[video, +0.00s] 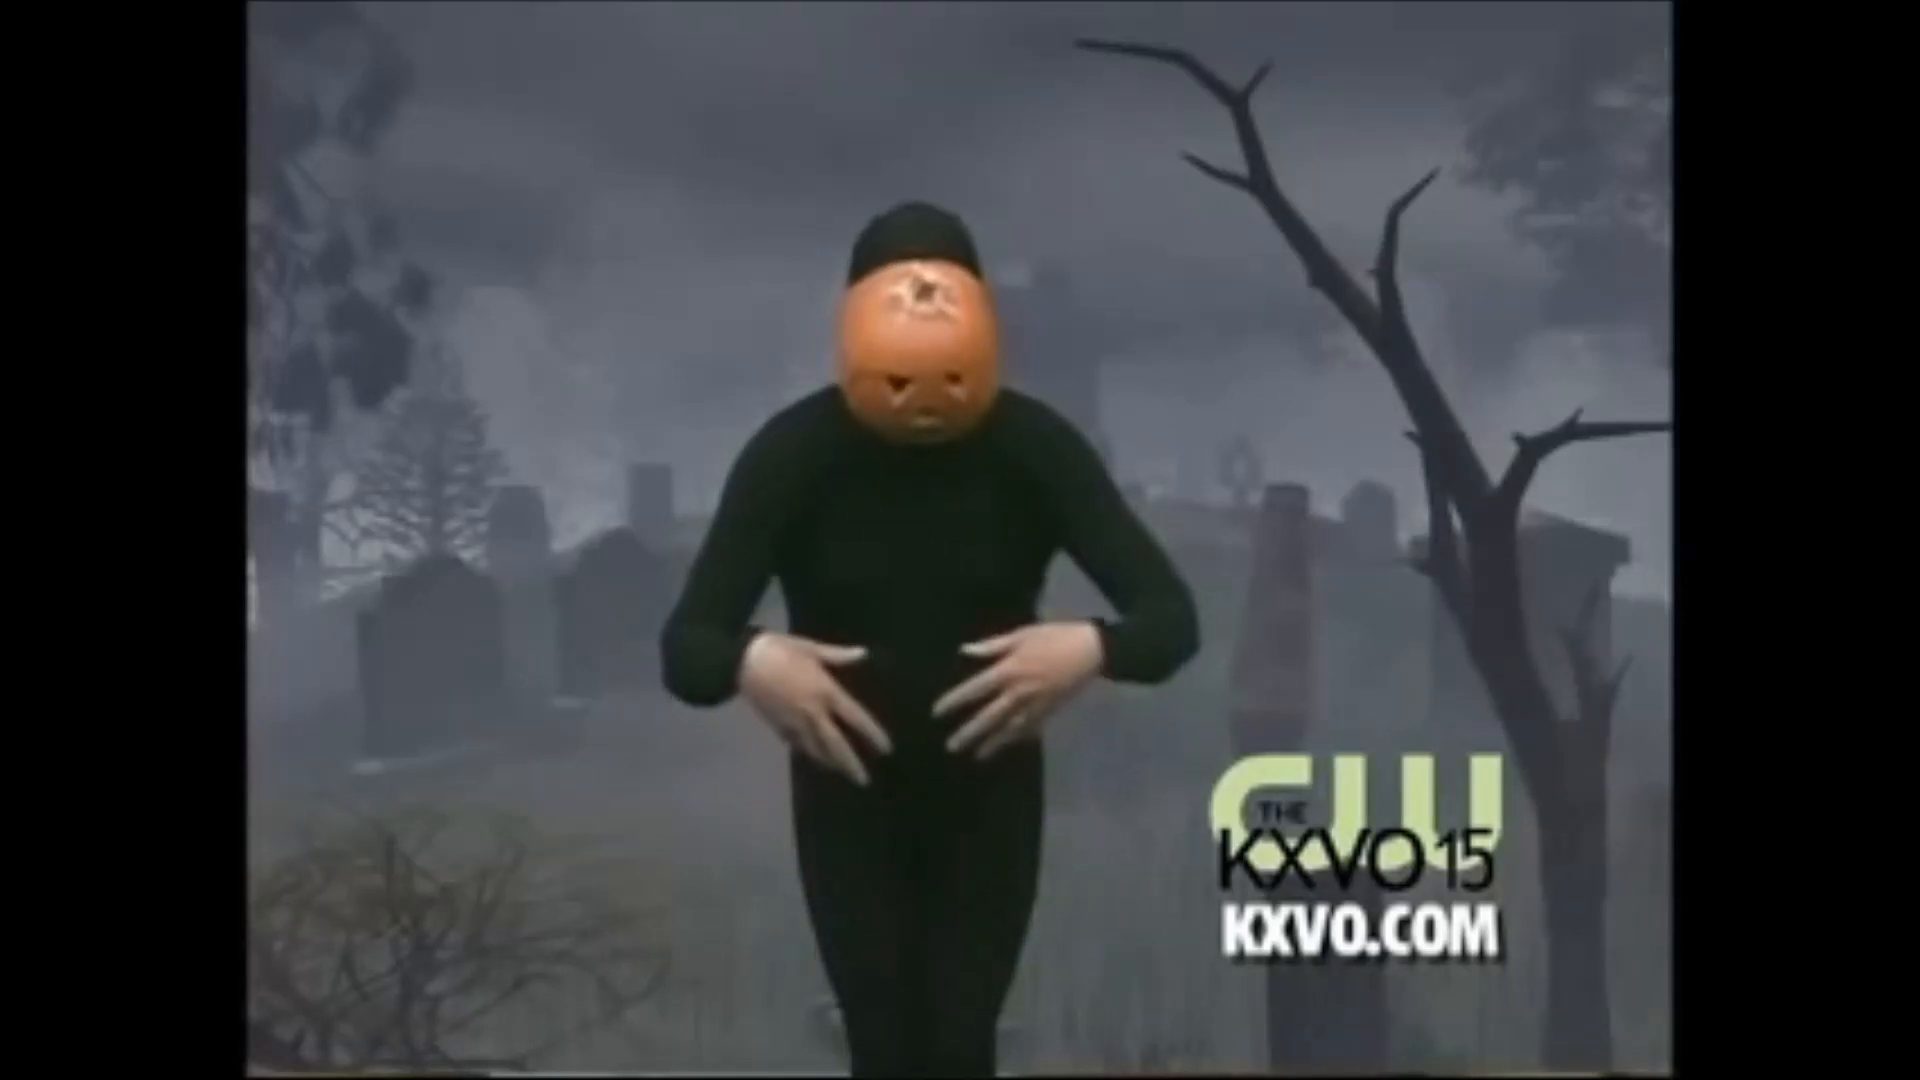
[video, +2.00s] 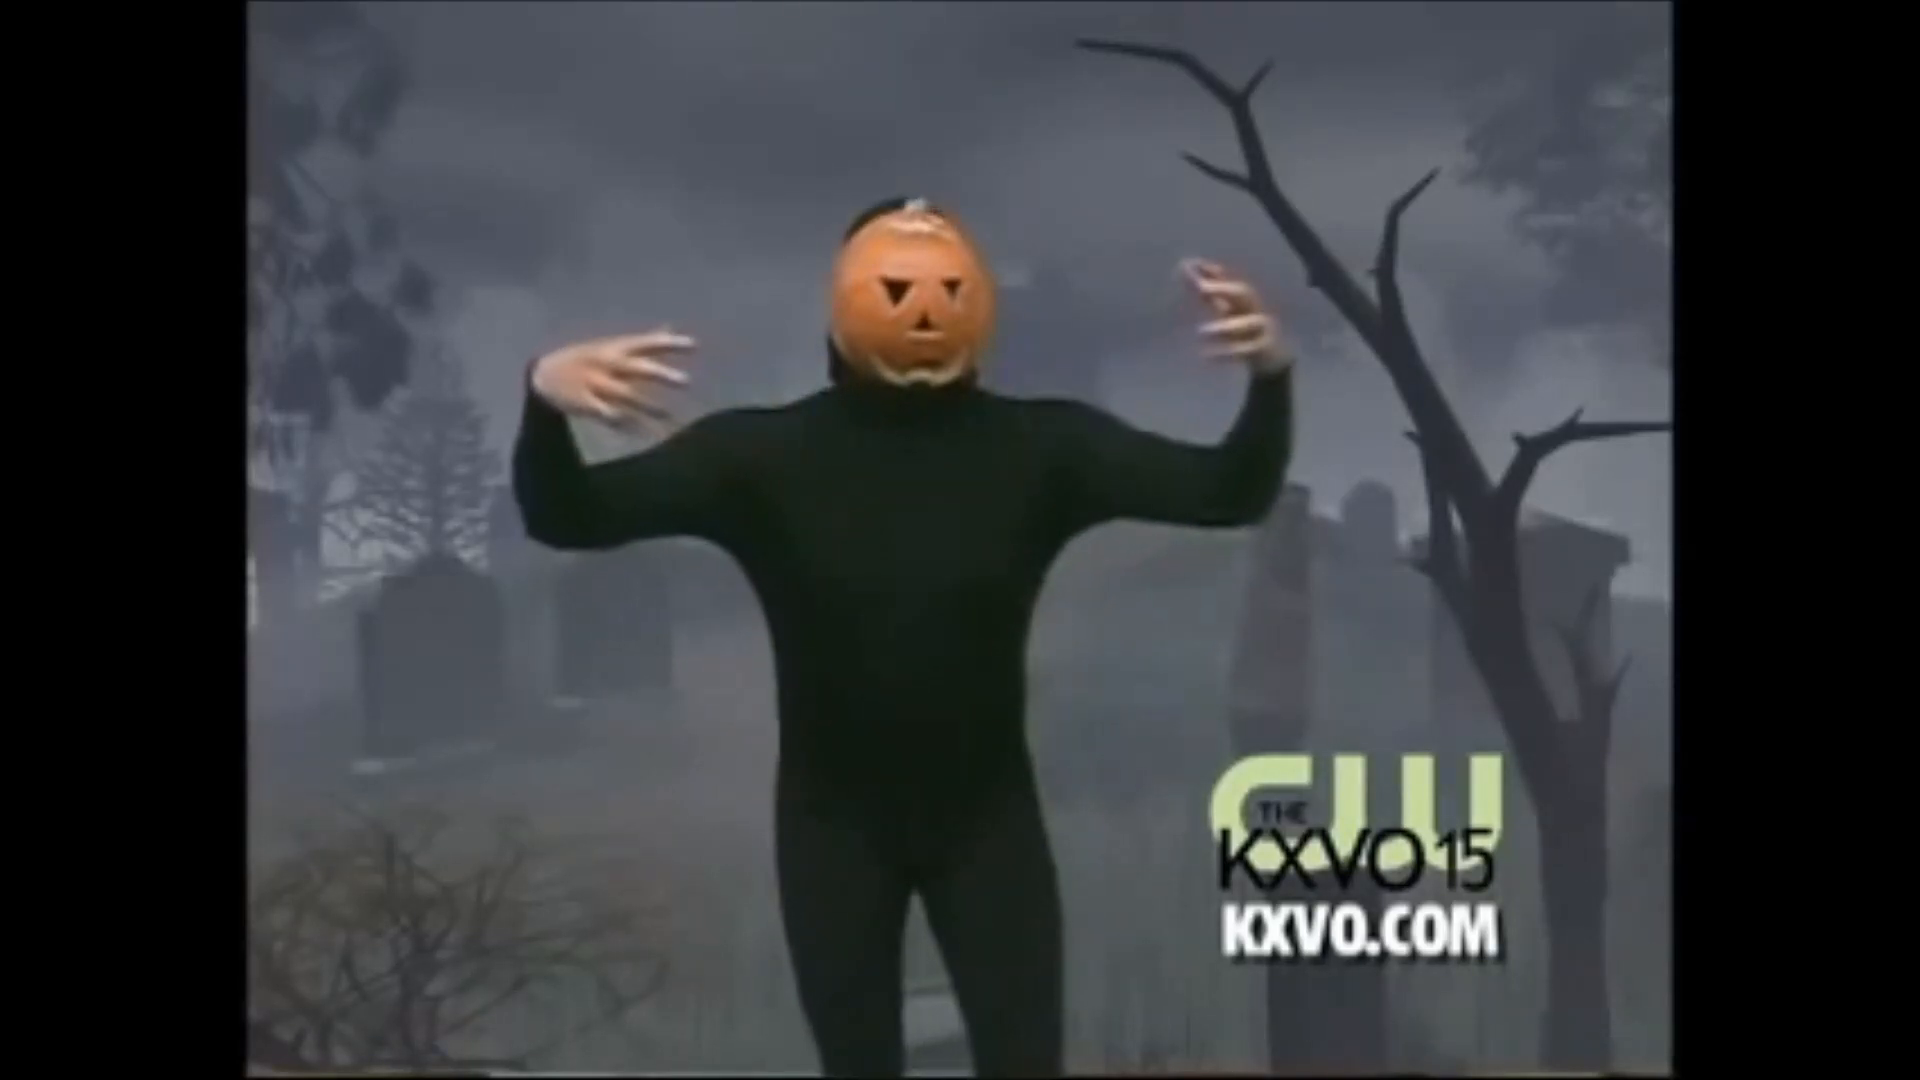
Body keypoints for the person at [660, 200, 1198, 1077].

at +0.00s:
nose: (920, 304)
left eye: (945, 290)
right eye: (895, 290)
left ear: (990, 326)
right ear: (845, 323)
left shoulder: (1035, 448)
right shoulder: (794, 453)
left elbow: (1172, 625)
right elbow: (688, 653)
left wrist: (1093, 645)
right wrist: (750, 660)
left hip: (989, 786)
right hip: (845, 790)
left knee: (959, 1042)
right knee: (884, 1042)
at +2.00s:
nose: (926, 305)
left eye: (951, 287)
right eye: (893, 285)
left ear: (985, 314)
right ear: (836, 314)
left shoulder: (1046, 446)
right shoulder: (756, 453)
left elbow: (1236, 491)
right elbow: (565, 512)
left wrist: (1271, 376)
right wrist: (545, 400)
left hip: (988, 817)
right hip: (832, 823)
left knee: (1026, 1060)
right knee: (858, 1061)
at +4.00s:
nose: (923, 280)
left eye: (949, 265)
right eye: (893, 262)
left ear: (990, 300)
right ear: (841, 301)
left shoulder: (1048, 414)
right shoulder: (763, 413)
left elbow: (1222, 345)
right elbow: (573, 341)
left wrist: (1298, 209)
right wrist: (494, 194)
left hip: (1001, 837)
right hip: (832, 843)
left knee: (1085, 1065)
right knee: (821, 1066)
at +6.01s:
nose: (941, 337)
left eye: (967, 319)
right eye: (908, 318)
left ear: (1005, 355)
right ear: (857, 357)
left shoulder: (1044, 455)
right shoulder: (792, 456)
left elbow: (1189, 329)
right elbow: (657, 336)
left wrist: (1085, 179)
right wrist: (790, 161)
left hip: (997, 853)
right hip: (833, 857)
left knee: (1087, 1065)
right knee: (821, 1067)